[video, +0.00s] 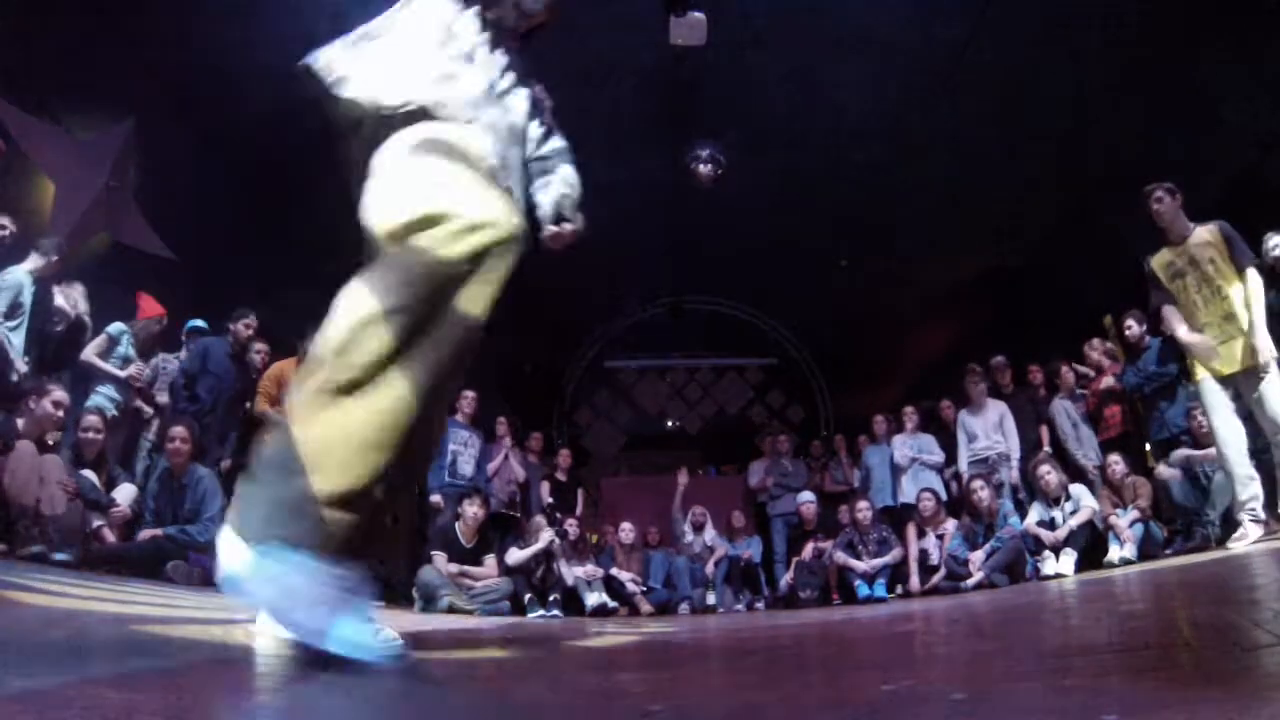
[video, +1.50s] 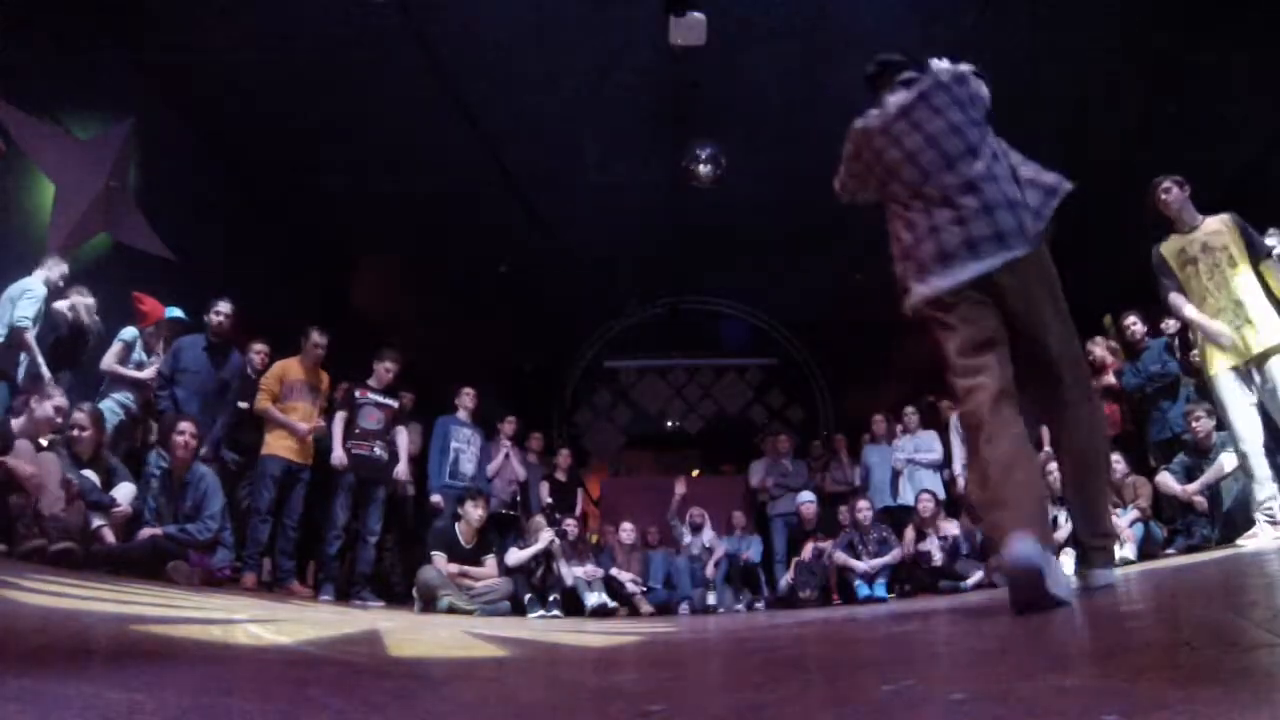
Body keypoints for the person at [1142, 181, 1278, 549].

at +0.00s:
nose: (1155, 207)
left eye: (1160, 199)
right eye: (1150, 204)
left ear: (1178, 200)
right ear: (1150, 214)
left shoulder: (1218, 232)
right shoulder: (1156, 263)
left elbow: (1252, 277)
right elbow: (1166, 308)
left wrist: (1260, 333)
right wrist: (1184, 333)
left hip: (1248, 346)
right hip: (1205, 360)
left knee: (1276, 427)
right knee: (1228, 440)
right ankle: (1252, 518)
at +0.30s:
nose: (1138, 219)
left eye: (1143, 211)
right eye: (1134, 216)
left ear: (1162, 212)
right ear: (1135, 226)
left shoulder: (1195, 238)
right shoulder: (1155, 276)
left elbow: (1234, 280)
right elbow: (1163, 328)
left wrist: (1263, 336)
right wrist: (1162, 380)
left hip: (1237, 351)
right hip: (1203, 370)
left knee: (1272, 437)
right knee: (1230, 452)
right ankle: (1255, 519)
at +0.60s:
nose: (1133, 240)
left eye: (1133, 231)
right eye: (1127, 240)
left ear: (1148, 225)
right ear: (1130, 248)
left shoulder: (1186, 243)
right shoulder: (1159, 283)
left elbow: (1210, 296)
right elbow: (1179, 325)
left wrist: (1213, 347)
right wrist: (1187, 368)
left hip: (1225, 358)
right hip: (1194, 374)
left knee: (1261, 439)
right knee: (1225, 454)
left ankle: (1276, 510)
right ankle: (1257, 520)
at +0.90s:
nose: (1139, 221)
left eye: (1141, 213)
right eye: (1133, 221)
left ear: (1158, 213)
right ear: (1136, 234)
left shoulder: (1194, 233)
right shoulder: (1155, 278)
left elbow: (1219, 278)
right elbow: (1179, 322)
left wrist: (1193, 327)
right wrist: (1187, 368)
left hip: (1240, 346)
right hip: (1205, 362)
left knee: (1272, 432)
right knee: (1230, 445)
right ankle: (1256, 520)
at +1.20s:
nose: (1156, 214)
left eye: (1159, 206)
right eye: (1150, 213)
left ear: (1175, 205)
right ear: (1150, 225)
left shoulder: (1219, 229)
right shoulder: (1164, 271)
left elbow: (1257, 277)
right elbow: (1162, 324)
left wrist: (1277, 323)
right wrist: (1156, 375)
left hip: (1260, 337)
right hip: (1219, 356)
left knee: (1279, 417)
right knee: (1239, 441)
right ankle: (1256, 521)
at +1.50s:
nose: (1164, 197)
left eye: (1168, 190)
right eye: (1158, 196)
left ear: (1186, 191)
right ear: (1159, 209)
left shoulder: (1230, 223)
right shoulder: (1164, 251)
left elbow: (1268, 263)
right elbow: (1175, 300)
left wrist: (1277, 303)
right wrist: (1210, 326)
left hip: (1263, 333)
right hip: (1218, 350)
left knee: (1278, 419)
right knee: (1247, 436)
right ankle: (1268, 517)